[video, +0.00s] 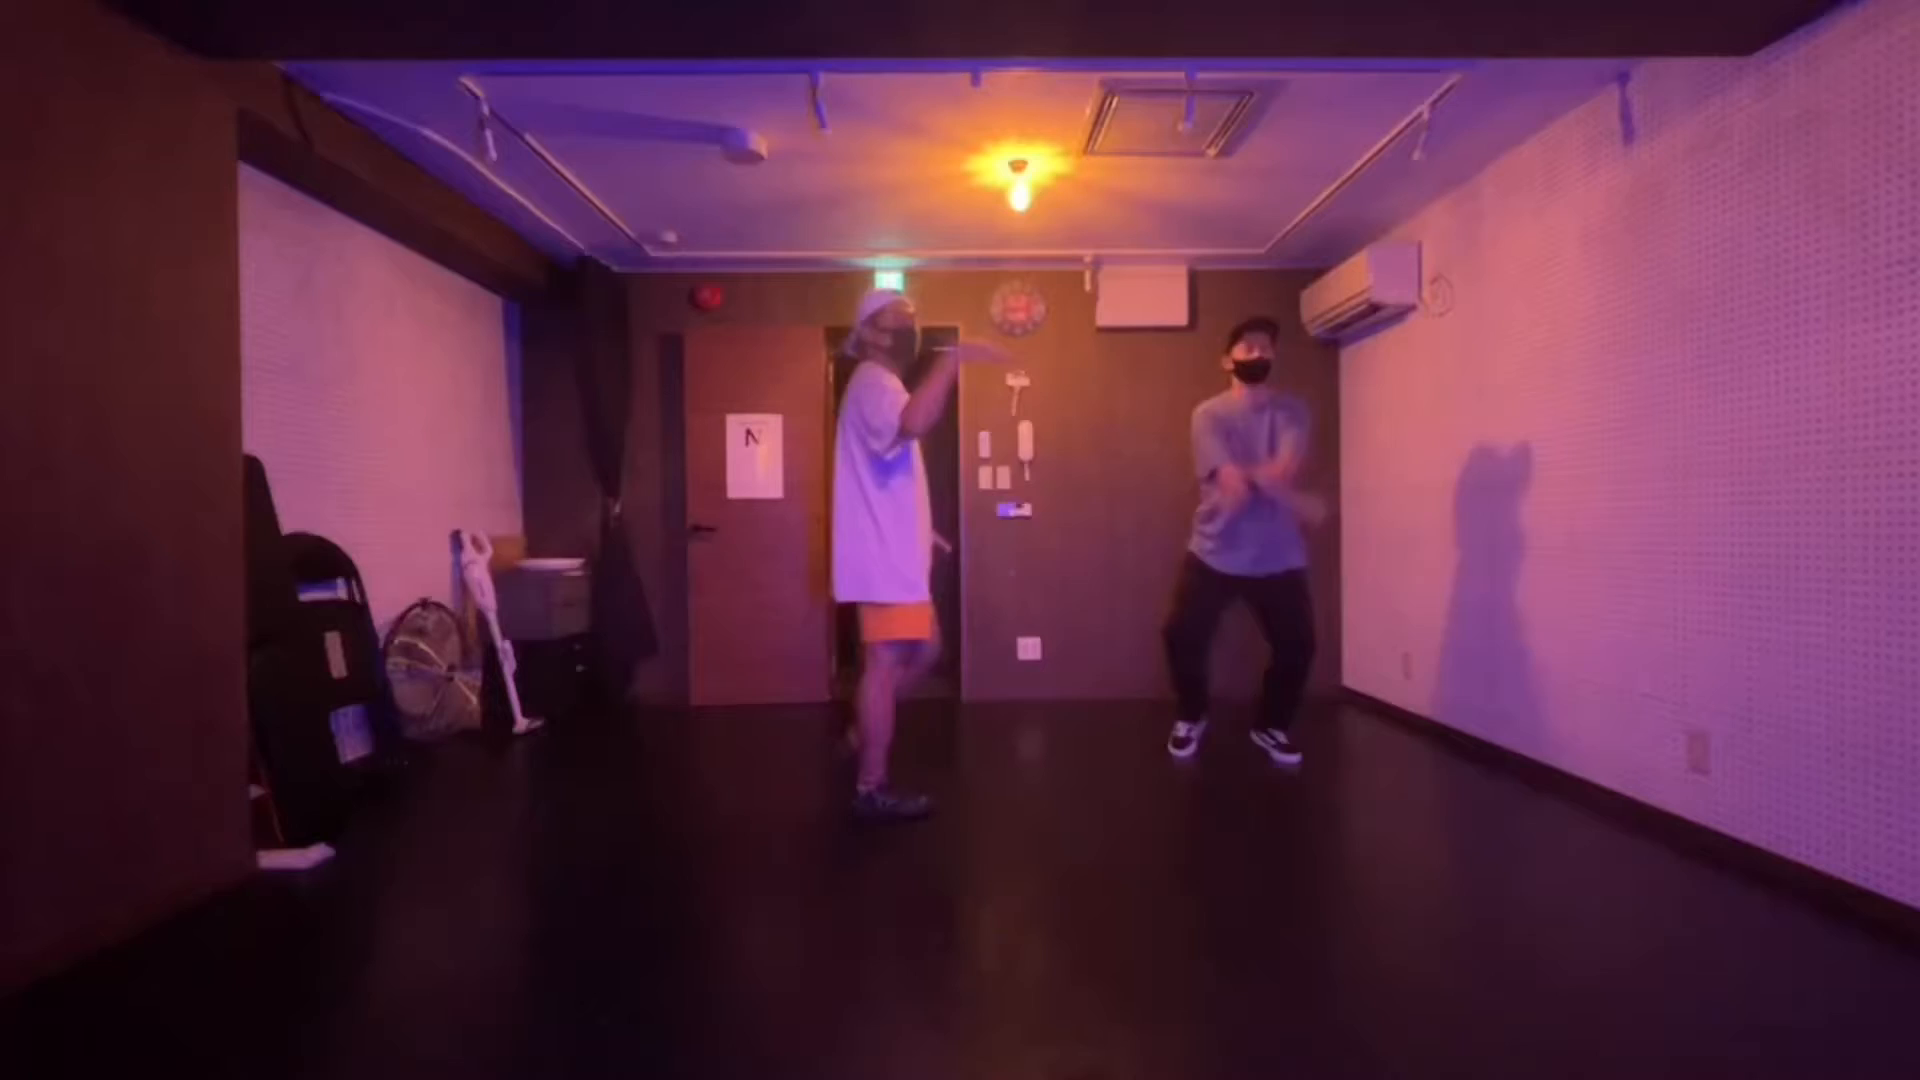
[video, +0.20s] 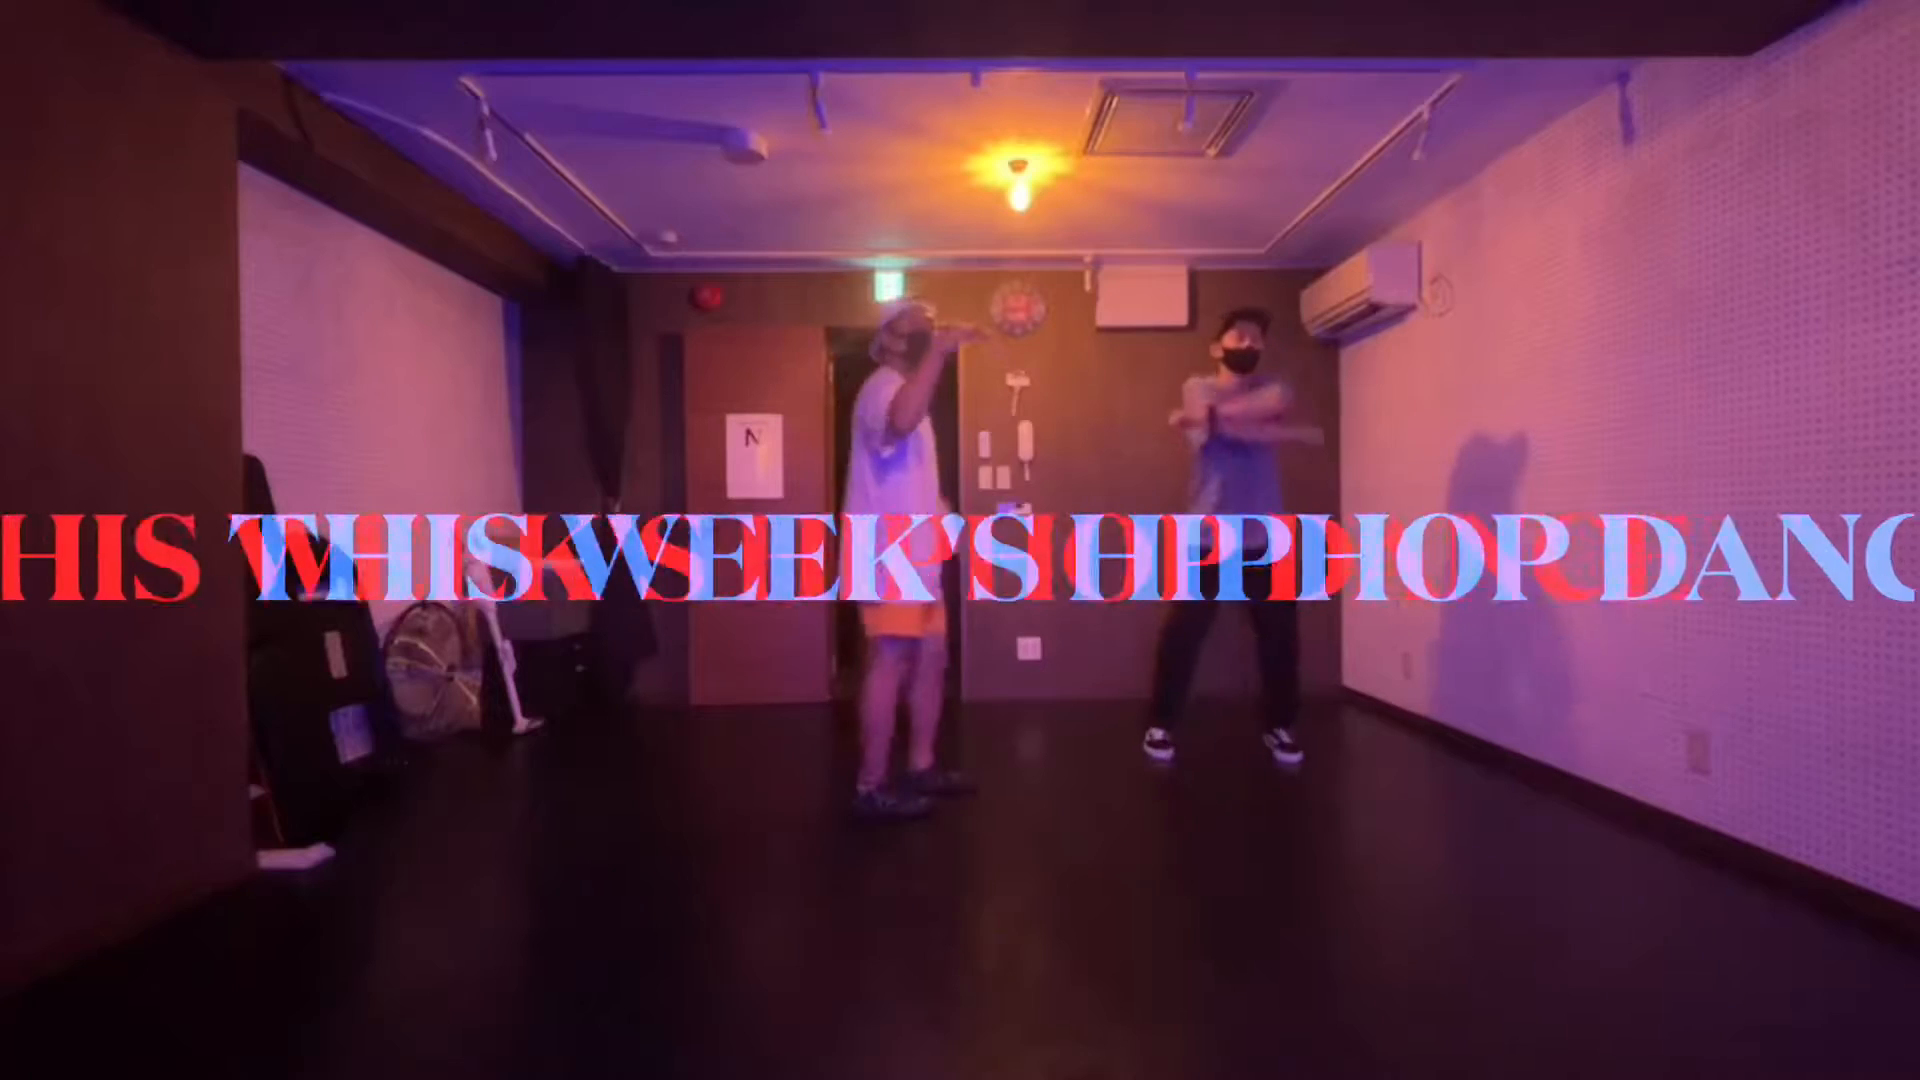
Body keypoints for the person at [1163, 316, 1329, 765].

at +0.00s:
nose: (1257, 354)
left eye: (1265, 347)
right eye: (1248, 346)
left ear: (1276, 358)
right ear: (1229, 357)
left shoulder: (1290, 411)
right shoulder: (1209, 414)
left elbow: (1288, 466)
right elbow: (1227, 480)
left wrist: (1242, 478)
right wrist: (1298, 502)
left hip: (1276, 556)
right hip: (1217, 555)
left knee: (1297, 646)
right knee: (1182, 633)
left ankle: (1272, 725)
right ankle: (1191, 716)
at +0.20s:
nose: (1247, 344)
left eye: (1255, 338)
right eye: (1238, 335)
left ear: (1265, 349)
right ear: (1219, 344)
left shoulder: (1273, 389)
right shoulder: (1200, 387)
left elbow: (1271, 406)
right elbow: (1203, 422)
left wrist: (1216, 413)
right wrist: (1281, 430)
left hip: (1264, 533)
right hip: (1209, 534)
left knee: (1278, 629)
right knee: (1185, 626)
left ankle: (1279, 724)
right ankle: (1161, 724)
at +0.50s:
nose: (1233, 349)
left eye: (1241, 343)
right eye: (1226, 341)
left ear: (1252, 351)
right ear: (1208, 347)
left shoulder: (1262, 389)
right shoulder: (1190, 385)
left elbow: (1261, 408)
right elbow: (1200, 421)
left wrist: (1215, 399)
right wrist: (1276, 432)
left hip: (1249, 532)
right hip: (1196, 533)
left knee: (1262, 636)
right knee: (1179, 634)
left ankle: (1275, 727)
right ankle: (1161, 726)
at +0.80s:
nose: (1230, 370)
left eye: (1238, 364)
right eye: (1221, 363)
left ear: (1247, 372)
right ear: (1203, 373)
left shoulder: (1264, 418)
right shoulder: (1184, 417)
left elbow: (1297, 444)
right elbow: (1165, 458)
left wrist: (1309, 459)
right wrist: (1188, 489)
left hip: (1252, 553)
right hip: (1198, 554)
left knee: (1267, 641)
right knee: (1184, 640)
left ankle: (1277, 729)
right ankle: (1162, 727)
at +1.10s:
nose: (1225, 392)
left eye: (1233, 385)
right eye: (1216, 384)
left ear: (1243, 393)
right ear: (1199, 396)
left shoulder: (1267, 443)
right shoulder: (1176, 444)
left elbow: (1320, 483)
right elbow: (1129, 483)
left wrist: (1345, 508)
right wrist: (1118, 528)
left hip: (1251, 581)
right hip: (1187, 582)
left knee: (1300, 649)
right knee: (1163, 654)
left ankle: (1269, 734)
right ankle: (1170, 735)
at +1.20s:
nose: (1226, 374)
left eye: (1234, 368)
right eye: (1217, 367)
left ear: (1244, 377)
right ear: (1199, 377)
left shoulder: (1260, 430)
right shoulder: (1176, 429)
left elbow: (1296, 493)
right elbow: (1140, 485)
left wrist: (1316, 545)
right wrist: (1141, 542)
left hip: (1245, 570)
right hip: (1184, 570)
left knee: (1288, 639)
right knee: (1166, 650)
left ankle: (1269, 732)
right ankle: (1170, 734)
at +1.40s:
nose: (1230, 355)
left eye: (1237, 348)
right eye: (1221, 347)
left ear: (1247, 357)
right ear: (1202, 356)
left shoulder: (1261, 416)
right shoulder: (1177, 408)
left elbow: (1277, 481)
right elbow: (1148, 471)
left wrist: (1283, 534)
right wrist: (1147, 532)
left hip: (1242, 549)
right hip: (1183, 548)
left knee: (1251, 638)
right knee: (1179, 638)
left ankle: (1257, 727)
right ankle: (1175, 726)